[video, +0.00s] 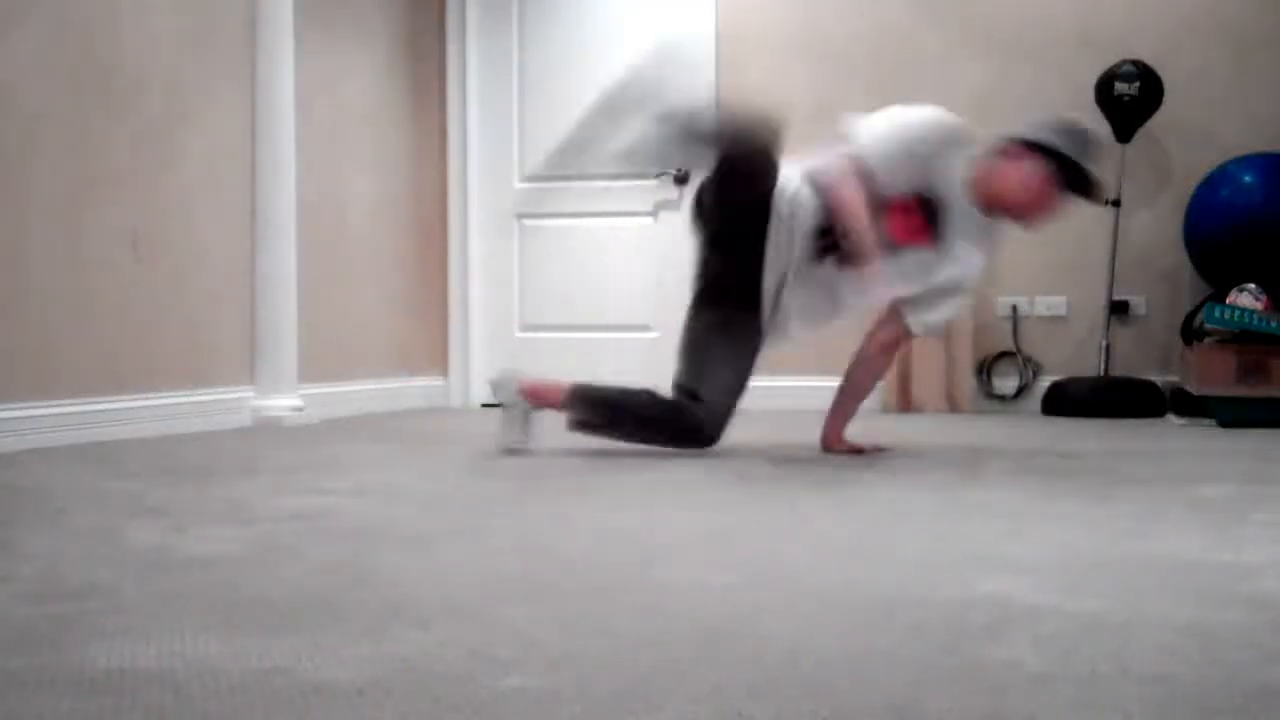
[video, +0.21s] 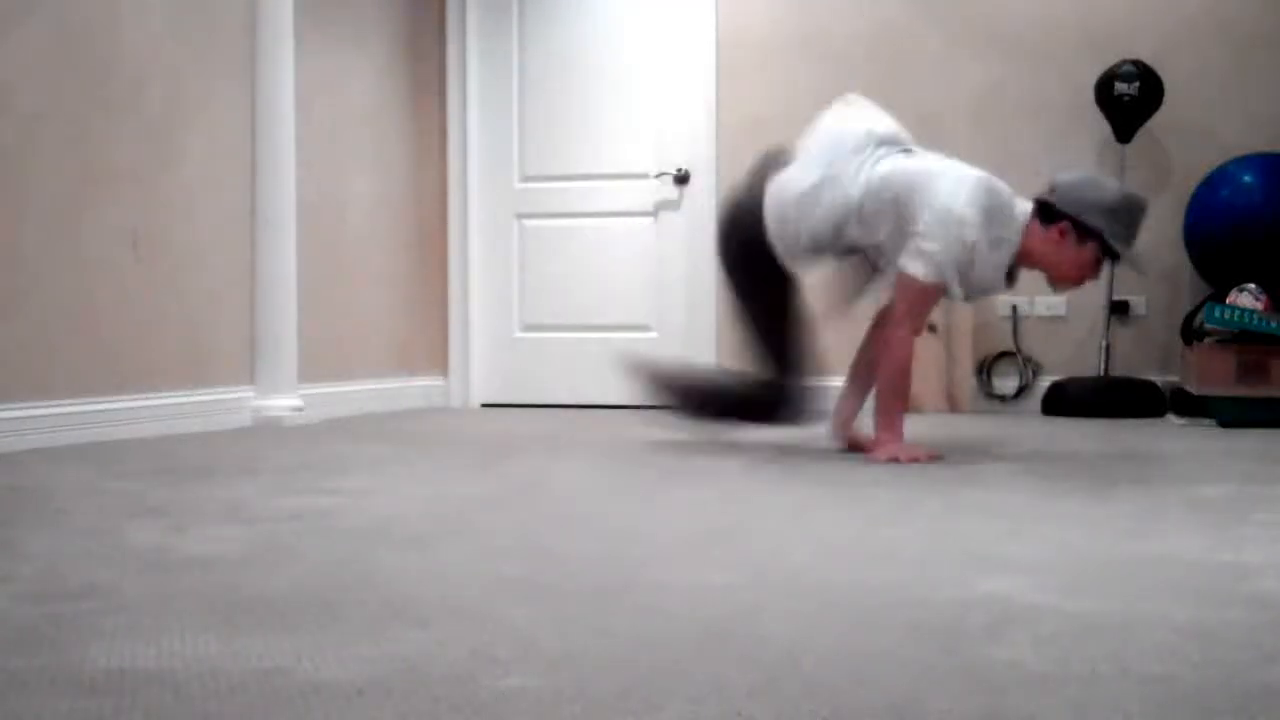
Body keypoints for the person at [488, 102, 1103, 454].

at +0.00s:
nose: (1043, 206)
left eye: (1056, 201)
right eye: (1049, 185)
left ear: (1044, 204)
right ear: (1020, 153)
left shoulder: (966, 263)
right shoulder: (938, 135)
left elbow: (889, 335)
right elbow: (833, 165)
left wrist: (832, 435)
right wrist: (870, 250)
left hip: (752, 305)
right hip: (754, 216)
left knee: (696, 423)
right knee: (757, 135)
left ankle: (533, 394)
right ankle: (667, 141)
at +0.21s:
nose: (1091, 277)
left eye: (1101, 266)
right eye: (1096, 260)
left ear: (1057, 227)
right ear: (1063, 232)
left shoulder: (988, 227)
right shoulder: (957, 216)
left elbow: (893, 320)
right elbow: (899, 330)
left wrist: (846, 420)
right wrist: (890, 440)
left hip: (807, 187)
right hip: (763, 210)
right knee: (783, 396)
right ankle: (657, 384)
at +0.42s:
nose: (990, 166)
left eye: (994, 155)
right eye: (983, 155)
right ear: (949, 147)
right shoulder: (869, 220)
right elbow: (871, 330)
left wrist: (1102, 126)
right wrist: (886, 440)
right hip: (854, 240)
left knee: (1021, 87)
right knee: (911, 318)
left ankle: (1114, 127)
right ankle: (1003, 379)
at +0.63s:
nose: (886, 120)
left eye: (884, 105)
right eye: (868, 119)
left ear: (885, 87)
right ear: (836, 133)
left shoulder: (900, 63)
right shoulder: (837, 212)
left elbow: (942, 8)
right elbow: (882, 317)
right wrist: (889, 437)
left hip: (991, 148)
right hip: (967, 236)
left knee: (1115, 97)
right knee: (1000, 357)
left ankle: (1199, 220)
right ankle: (1113, 404)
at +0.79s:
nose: (805, 140)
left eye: (802, 118)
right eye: (789, 138)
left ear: (826, 94)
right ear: (788, 148)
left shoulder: (876, 60)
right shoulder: (860, 206)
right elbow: (892, 313)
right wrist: (892, 411)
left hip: (1053, 107)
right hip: (1026, 175)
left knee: (975, 182)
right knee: (1029, 333)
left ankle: (1023, 363)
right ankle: (1155, 409)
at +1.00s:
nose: (753, 178)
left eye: (745, 163)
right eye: (741, 174)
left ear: (766, 129)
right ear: (761, 150)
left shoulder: (821, 109)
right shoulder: (838, 186)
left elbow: (838, 54)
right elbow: (896, 268)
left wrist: (842, 38)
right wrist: (903, 376)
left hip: (1019, 111)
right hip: (1044, 120)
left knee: (892, 252)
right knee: (1033, 308)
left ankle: (937, 426)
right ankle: (1174, 397)